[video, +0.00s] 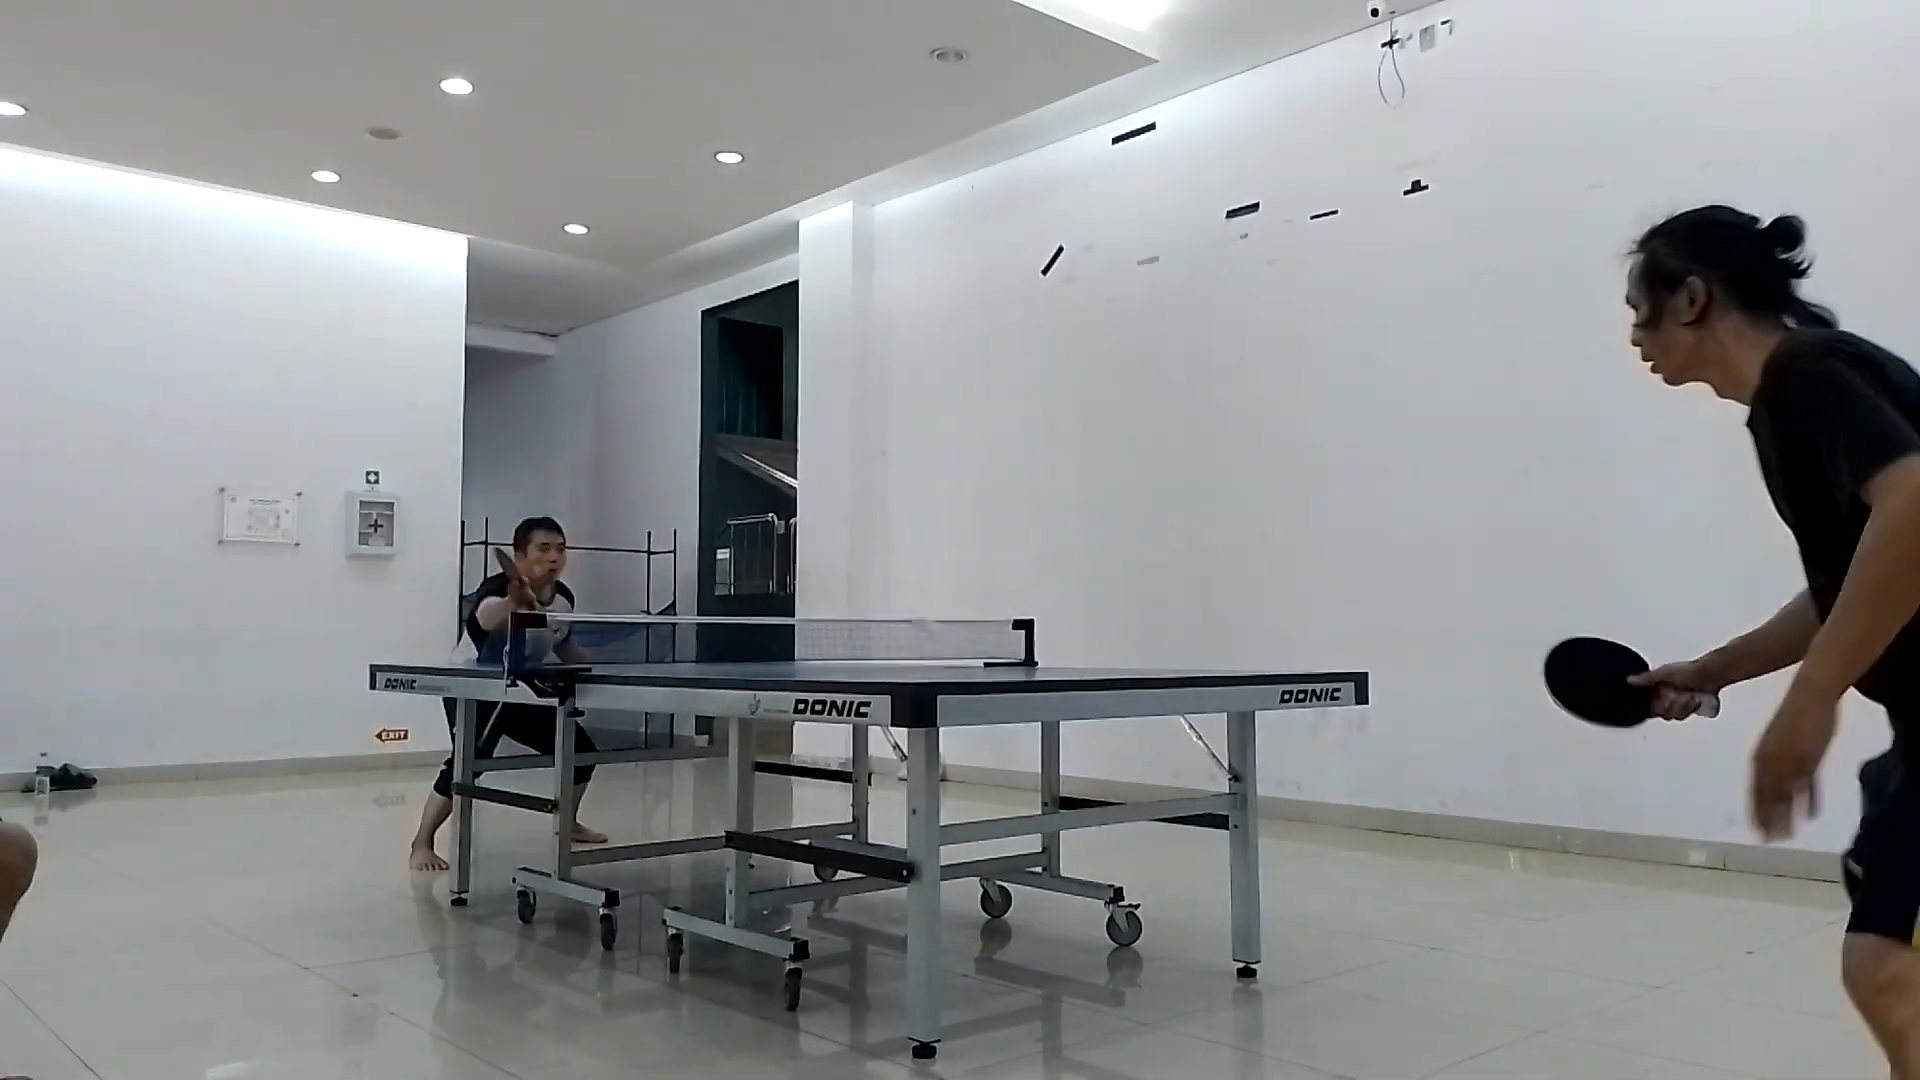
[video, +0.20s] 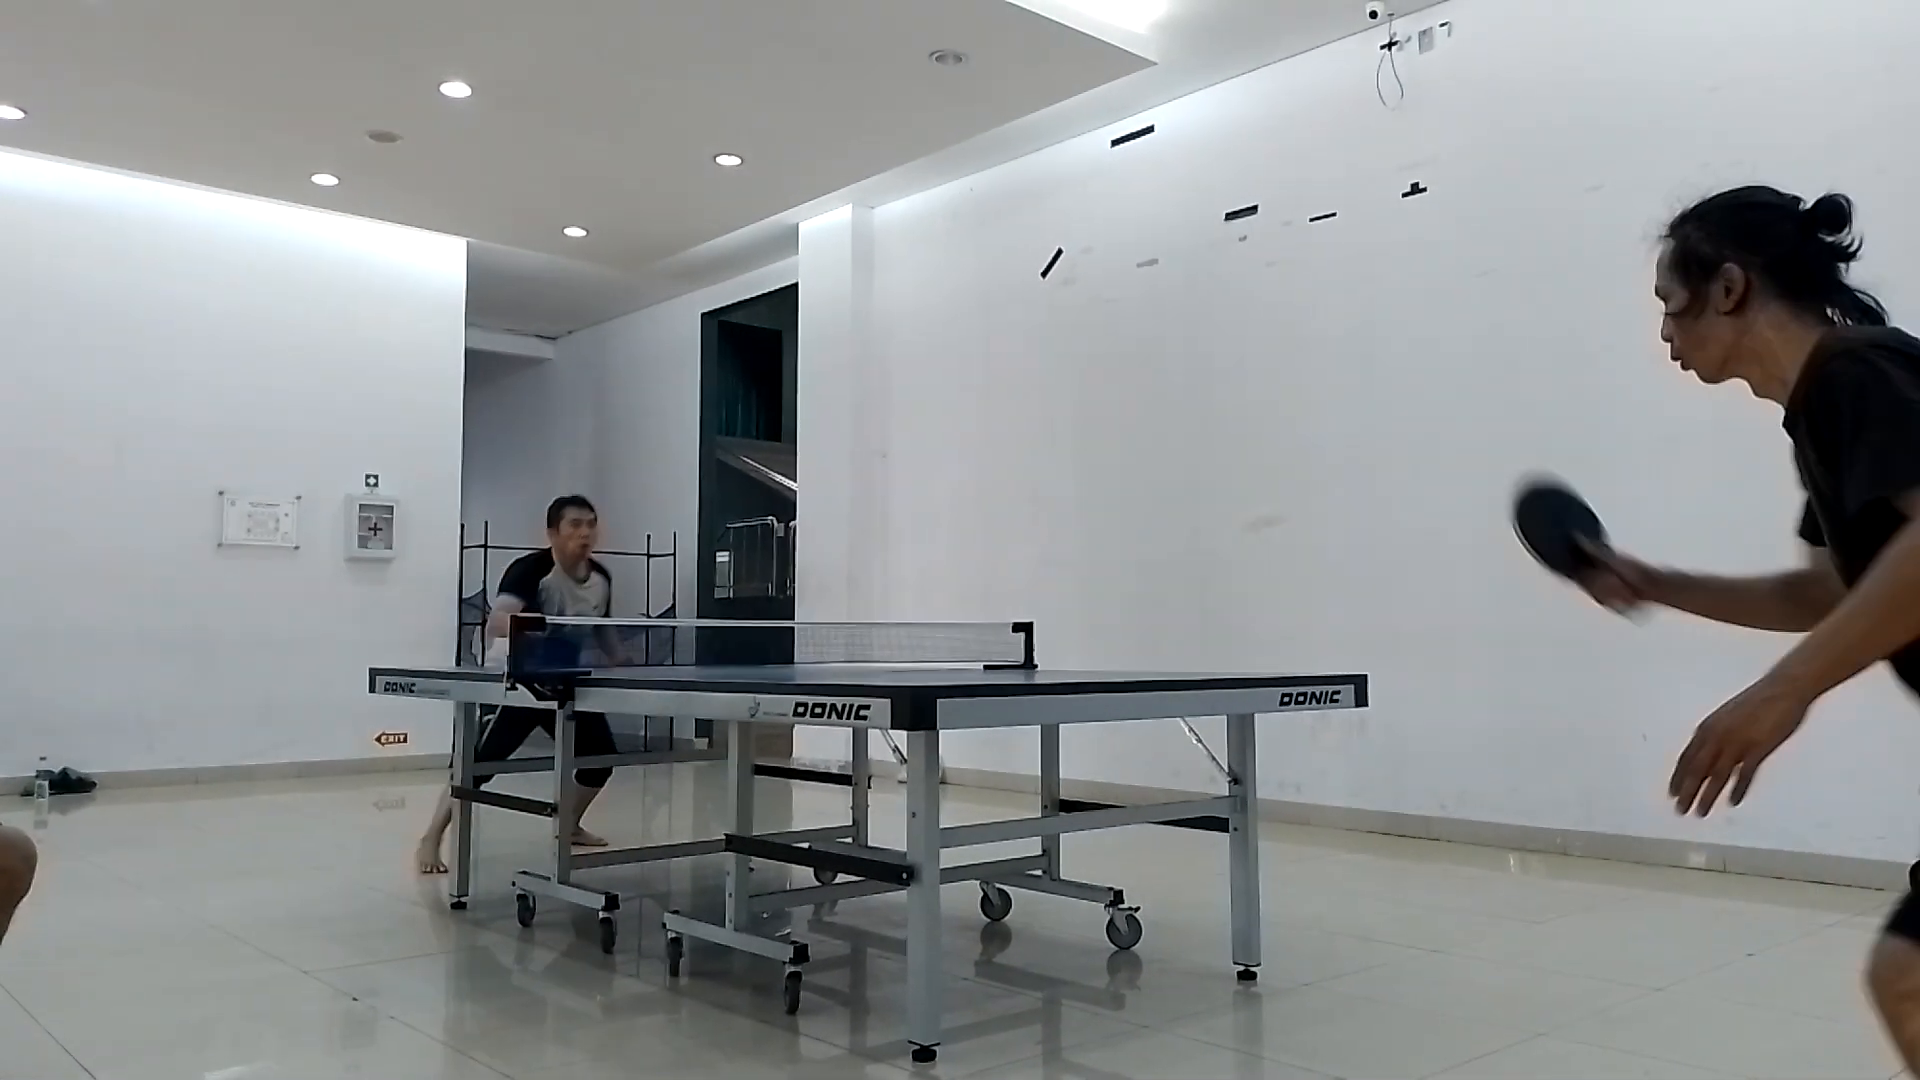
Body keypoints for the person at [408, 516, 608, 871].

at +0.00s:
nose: (554, 556)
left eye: (560, 548)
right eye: (544, 548)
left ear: (566, 554)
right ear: (520, 555)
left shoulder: (562, 599)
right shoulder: (500, 588)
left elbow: (562, 645)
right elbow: (484, 622)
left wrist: (597, 669)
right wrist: (511, 602)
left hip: (517, 695)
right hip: (470, 693)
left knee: (582, 752)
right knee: (471, 760)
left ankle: (567, 824)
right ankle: (422, 842)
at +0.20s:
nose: (586, 533)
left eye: (591, 525)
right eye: (576, 525)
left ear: (596, 531)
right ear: (553, 532)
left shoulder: (601, 578)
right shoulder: (528, 571)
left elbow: (602, 630)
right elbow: (494, 626)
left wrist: (619, 659)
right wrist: (527, 625)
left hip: (571, 690)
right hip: (521, 688)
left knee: (601, 761)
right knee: (482, 765)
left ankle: (568, 826)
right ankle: (431, 838)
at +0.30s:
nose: (595, 514)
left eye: (600, 505)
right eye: (584, 506)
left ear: (607, 512)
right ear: (564, 515)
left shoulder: (619, 560)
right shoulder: (541, 556)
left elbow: (627, 618)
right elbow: (513, 612)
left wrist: (645, 646)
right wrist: (541, 631)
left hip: (594, 674)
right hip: (544, 673)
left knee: (608, 754)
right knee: (524, 745)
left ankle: (572, 822)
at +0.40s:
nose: (600, 506)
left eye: (605, 498)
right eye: (589, 499)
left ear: (613, 505)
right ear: (569, 509)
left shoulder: (633, 554)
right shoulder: (548, 552)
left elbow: (651, 614)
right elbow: (524, 615)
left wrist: (659, 654)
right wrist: (550, 625)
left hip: (610, 668)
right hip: (558, 668)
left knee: (645, 741)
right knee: (548, 748)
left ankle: (613, 806)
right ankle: (542, 830)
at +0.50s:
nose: (612, 520)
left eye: (617, 512)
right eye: (602, 513)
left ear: (625, 517)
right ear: (582, 523)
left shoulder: (645, 563)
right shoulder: (562, 564)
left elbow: (667, 622)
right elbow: (544, 625)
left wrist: (667, 629)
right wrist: (574, 633)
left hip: (636, 675)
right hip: (584, 677)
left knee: (676, 730)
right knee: (556, 746)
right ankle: (545, 833)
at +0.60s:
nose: (630, 539)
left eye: (634, 530)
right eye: (619, 532)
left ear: (641, 535)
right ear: (600, 542)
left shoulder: (661, 575)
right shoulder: (586, 583)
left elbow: (680, 636)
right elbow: (579, 646)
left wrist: (696, 622)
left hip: (658, 690)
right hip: (603, 692)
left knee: (707, 748)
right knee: (570, 760)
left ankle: (718, 826)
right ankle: (545, 834)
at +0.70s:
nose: (654, 546)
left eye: (655, 537)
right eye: (641, 541)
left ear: (661, 540)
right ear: (622, 554)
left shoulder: (676, 574)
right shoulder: (616, 593)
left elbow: (707, 605)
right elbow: (643, 641)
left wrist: (731, 587)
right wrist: (705, 624)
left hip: (669, 693)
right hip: (620, 695)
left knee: (713, 748)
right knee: (595, 758)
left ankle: (720, 825)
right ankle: (548, 831)